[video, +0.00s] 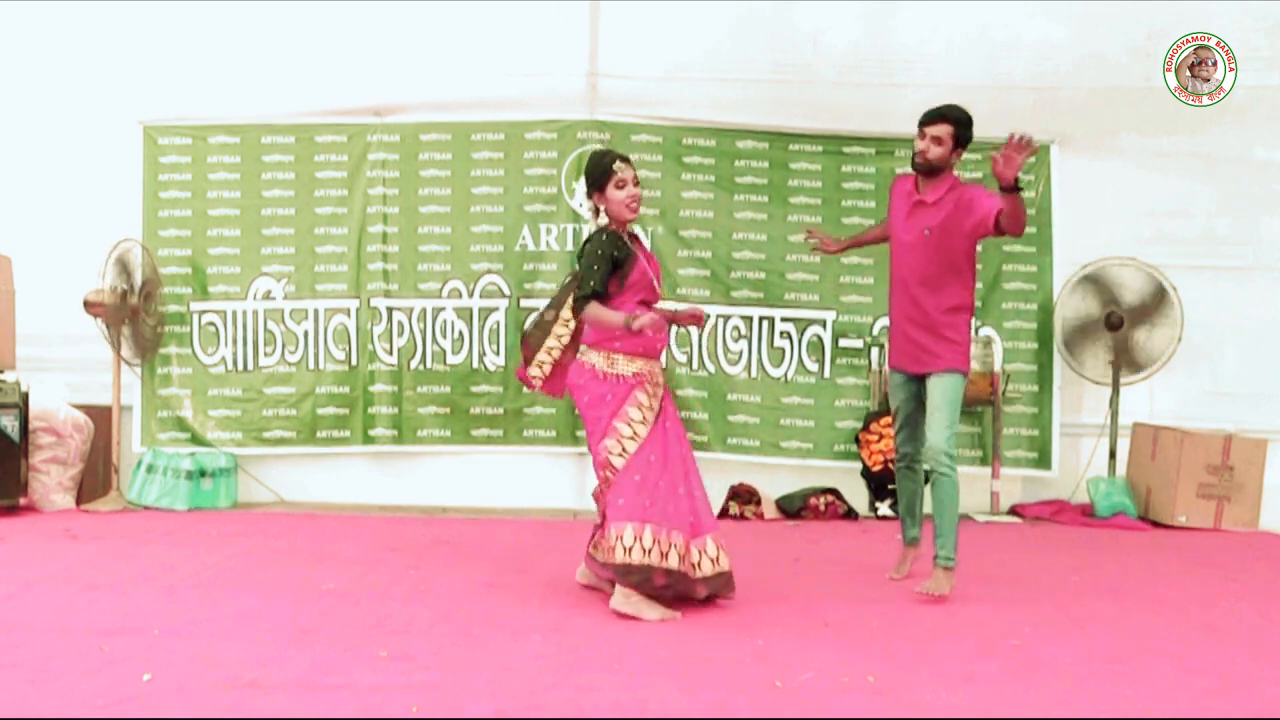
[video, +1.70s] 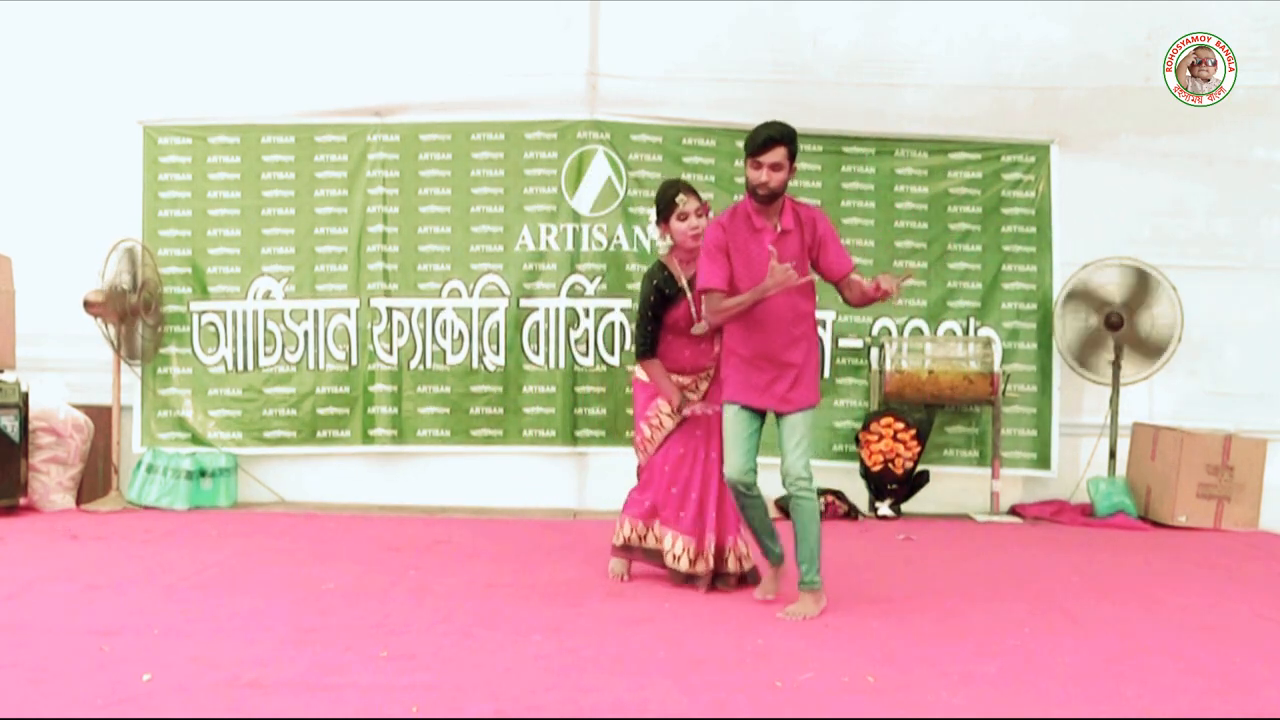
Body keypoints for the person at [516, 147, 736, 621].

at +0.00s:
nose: (634, 193)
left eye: (636, 184)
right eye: (621, 187)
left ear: (640, 189)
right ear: (598, 198)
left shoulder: (634, 242)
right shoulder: (603, 242)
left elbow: (635, 304)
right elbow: (584, 305)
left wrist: (676, 315)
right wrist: (626, 322)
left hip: (634, 372)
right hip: (610, 374)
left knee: (636, 467)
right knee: (647, 468)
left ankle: (598, 561)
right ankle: (631, 590)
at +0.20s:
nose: (615, 193)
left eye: (619, 184)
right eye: (603, 185)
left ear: (625, 188)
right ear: (581, 195)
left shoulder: (635, 239)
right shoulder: (573, 242)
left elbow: (660, 293)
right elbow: (580, 308)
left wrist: (647, 286)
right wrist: (641, 304)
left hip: (626, 364)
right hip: (583, 366)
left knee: (636, 457)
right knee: (601, 460)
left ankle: (630, 562)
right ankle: (579, 562)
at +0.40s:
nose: (600, 190)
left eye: (605, 181)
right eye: (589, 183)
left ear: (612, 187)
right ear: (568, 193)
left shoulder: (628, 241)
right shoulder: (557, 243)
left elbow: (646, 306)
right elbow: (544, 308)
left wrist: (618, 300)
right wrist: (595, 323)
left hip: (613, 363)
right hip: (564, 365)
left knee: (617, 455)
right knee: (561, 456)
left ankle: (612, 558)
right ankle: (545, 544)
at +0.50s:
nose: (596, 193)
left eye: (600, 184)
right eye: (584, 186)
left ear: (607, 189)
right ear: (564, 196)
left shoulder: (624, 246)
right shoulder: (552, 247)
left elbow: (636, 307)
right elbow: (535, 312)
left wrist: (621, 340)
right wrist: (572, 356)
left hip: (610, 368)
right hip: (560, 368)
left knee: (610, 459)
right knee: (566, 459)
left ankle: (608, 562)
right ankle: (568, 562)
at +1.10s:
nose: (610, 207)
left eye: (616, 197)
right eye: (599, 199)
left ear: (624, 199)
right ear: (580, 207)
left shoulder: (646, 254)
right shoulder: (569, 254)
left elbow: (651, 318)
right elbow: (558, 322)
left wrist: (652, 375)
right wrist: (597, 361)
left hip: (622, 366)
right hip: (571, 364)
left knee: (614, 455)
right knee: (570, 452)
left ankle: (607, 554)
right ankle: (563, 551)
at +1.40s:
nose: (659, 235)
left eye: (664, 224)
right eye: (648, 228)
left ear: (673, 225)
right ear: (629, 235)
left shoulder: (689, 268)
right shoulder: (622, 283)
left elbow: (692, 331)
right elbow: (618, 352)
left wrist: (681, 389)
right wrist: (623, 411)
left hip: (668, 379)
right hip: (622, 380)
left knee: (672, 458)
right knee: (636, 458)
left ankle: (661, 559)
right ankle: (625, 554)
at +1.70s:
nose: (695, 224)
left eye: (700, 214)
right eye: (683, 217)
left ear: (708, 217)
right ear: (665, 227)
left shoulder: (720, 266)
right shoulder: (660, 277)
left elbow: (737, 324)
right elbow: (644, 347)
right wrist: (674, 397)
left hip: (711, 378)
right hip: (665, 379)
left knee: (713, 464)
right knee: (667, 463)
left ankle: (711, 557)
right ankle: (625, 543)